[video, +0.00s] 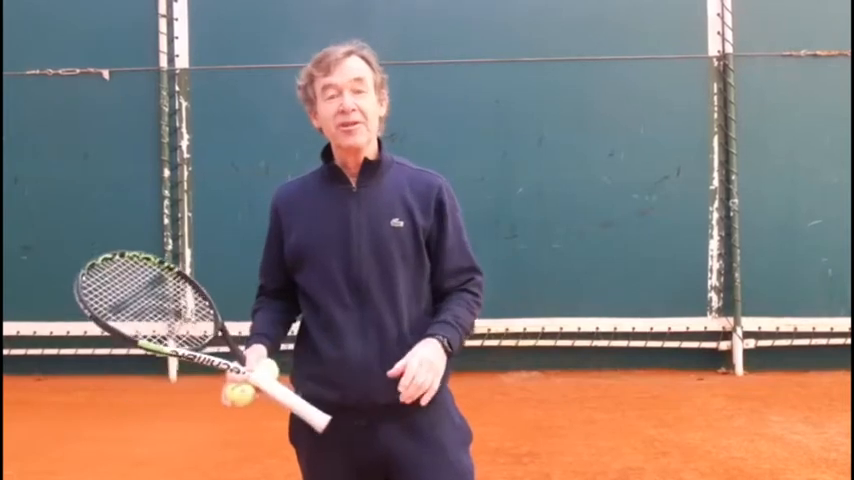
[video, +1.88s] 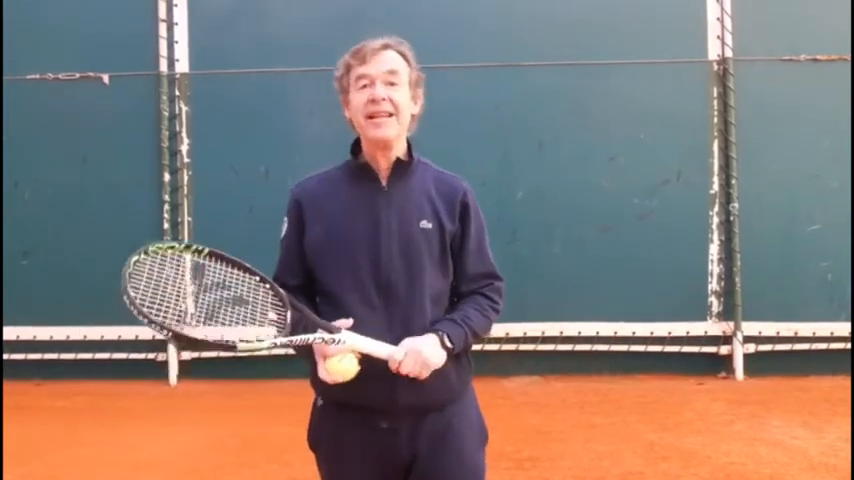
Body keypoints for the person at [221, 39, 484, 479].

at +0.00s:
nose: (347, 104)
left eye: (359, 90)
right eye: (331, 95)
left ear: (381, 103)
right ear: (314, 115)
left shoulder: (428, 192)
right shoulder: (290, 203)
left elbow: (463, 287)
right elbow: (276, 295)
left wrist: (438, 344)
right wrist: (259, 346)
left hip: (420, 418)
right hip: (326, 424)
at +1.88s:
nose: (378, 93)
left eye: (391, 81)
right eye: (364, 84)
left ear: (415, 101)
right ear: (347, 106)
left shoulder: (452, 196)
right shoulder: (310, 199)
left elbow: (484, 292)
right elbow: (288, 295)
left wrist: (440, 340)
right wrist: (316, 341)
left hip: (444, 420)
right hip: (349, 420)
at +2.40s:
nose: (432, 95)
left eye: (446, 83)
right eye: (417, 84)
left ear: (468, 102)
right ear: (397, 103)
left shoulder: (498, 203)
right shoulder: (352, 195)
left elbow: (528, 306)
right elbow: (326, 294)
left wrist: (489, 302)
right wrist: (351, 345)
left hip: (476, 432)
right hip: (377, 427)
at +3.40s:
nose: (431, 98)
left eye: (445, 83)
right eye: (415, 86)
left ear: (467, 100)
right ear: (395, 104)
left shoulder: (501, 199)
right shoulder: (357, 188)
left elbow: (527, 311)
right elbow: (332, 285)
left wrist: (450, 352)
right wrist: (345, 332)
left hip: (464, 433)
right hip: (364, 428)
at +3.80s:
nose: (378, 84)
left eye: (391, 73)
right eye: (364, 77)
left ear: (414, 94)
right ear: (345, 104)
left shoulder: (456, 190)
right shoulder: (314, 193)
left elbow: (498, 290)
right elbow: (295, 290)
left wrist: (445, 291)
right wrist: (315, 339)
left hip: (437, 423)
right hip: (340, 422)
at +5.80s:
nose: (384, 102)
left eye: (396, 88)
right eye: (368, 91)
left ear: (416, 102)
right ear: (348, 109)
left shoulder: (451, 196)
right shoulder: (308, 199)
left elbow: (488, 286)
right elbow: (285, 307)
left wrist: (450, 329)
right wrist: (333, 322)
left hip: (444, 423)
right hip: (347, 426)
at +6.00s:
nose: (396, 100)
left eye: (409, 86)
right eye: (382, 89)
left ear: (432, 102)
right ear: (363, 108)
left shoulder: (467, 198)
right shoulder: (324, 198)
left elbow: (500, 292)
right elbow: (299, 299)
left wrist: (467, 339)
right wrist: (349, 336)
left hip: (457, 428)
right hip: (358, 429)